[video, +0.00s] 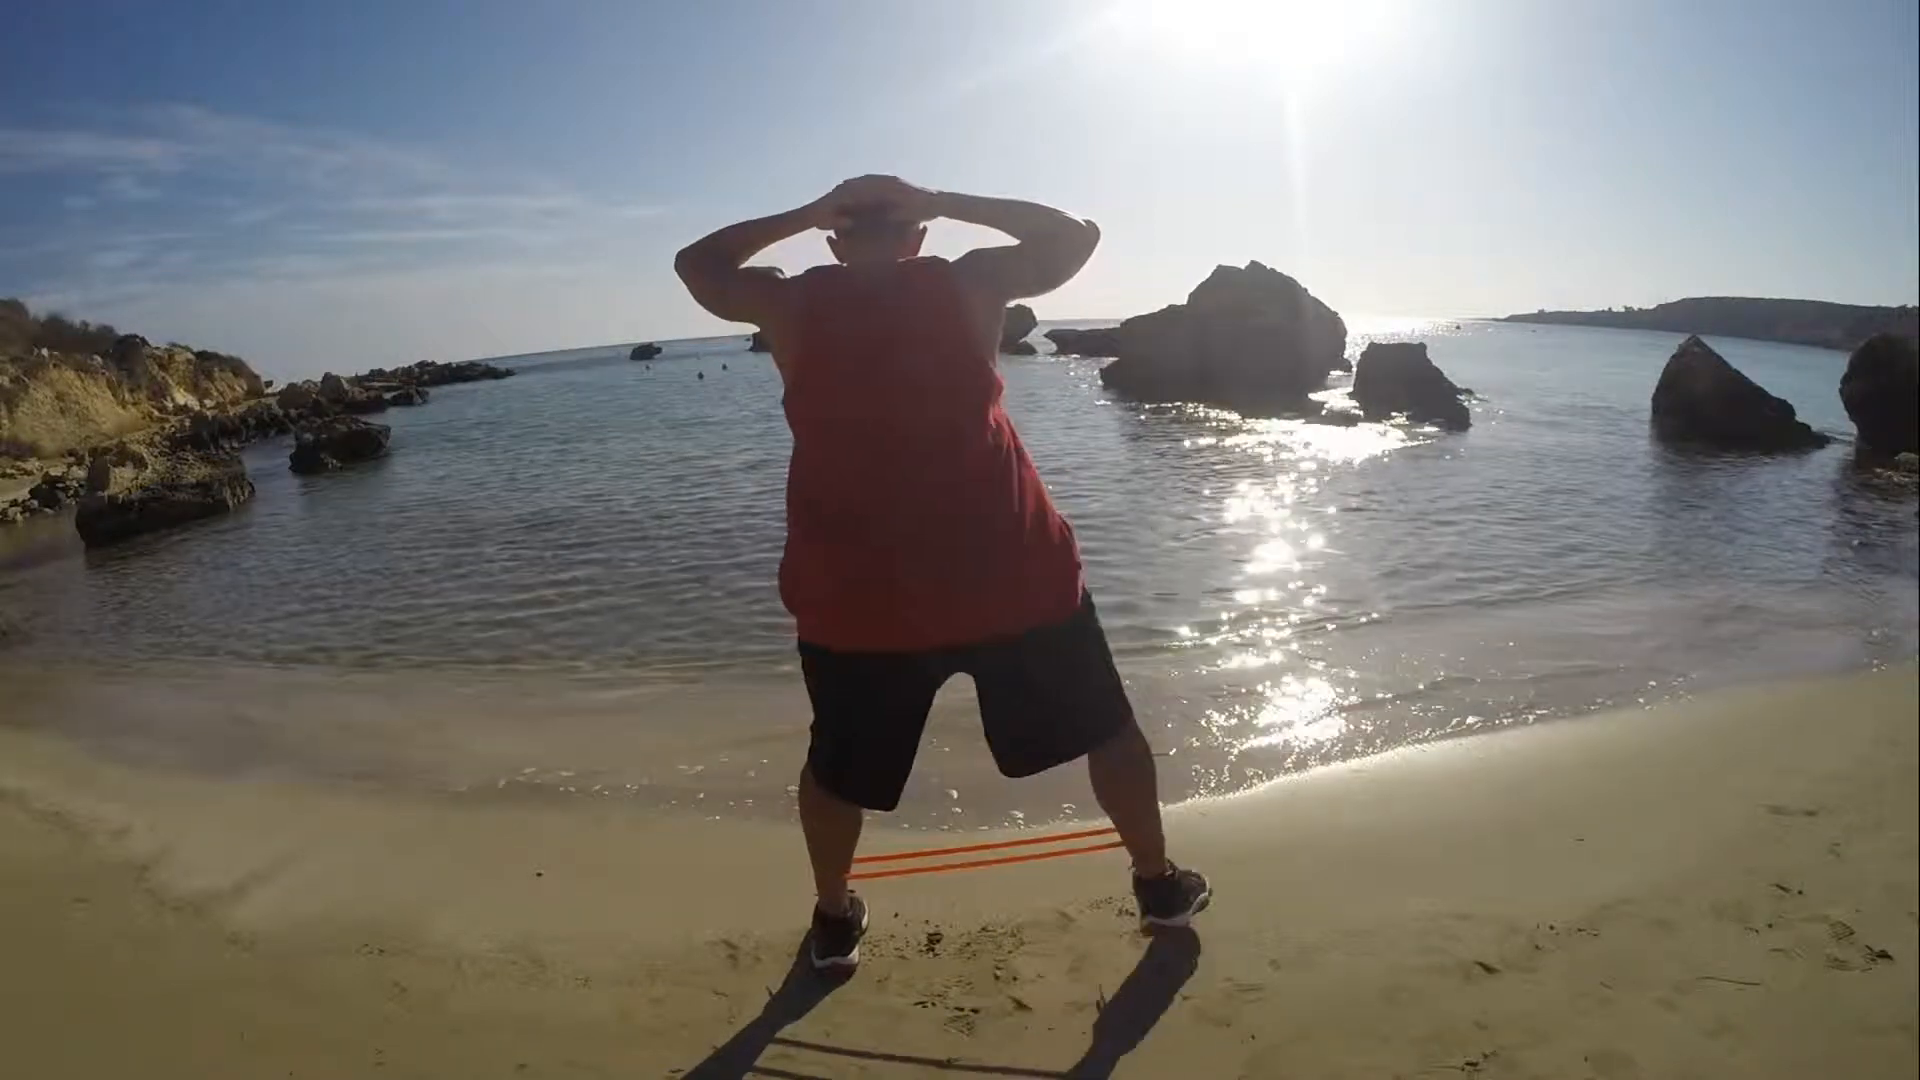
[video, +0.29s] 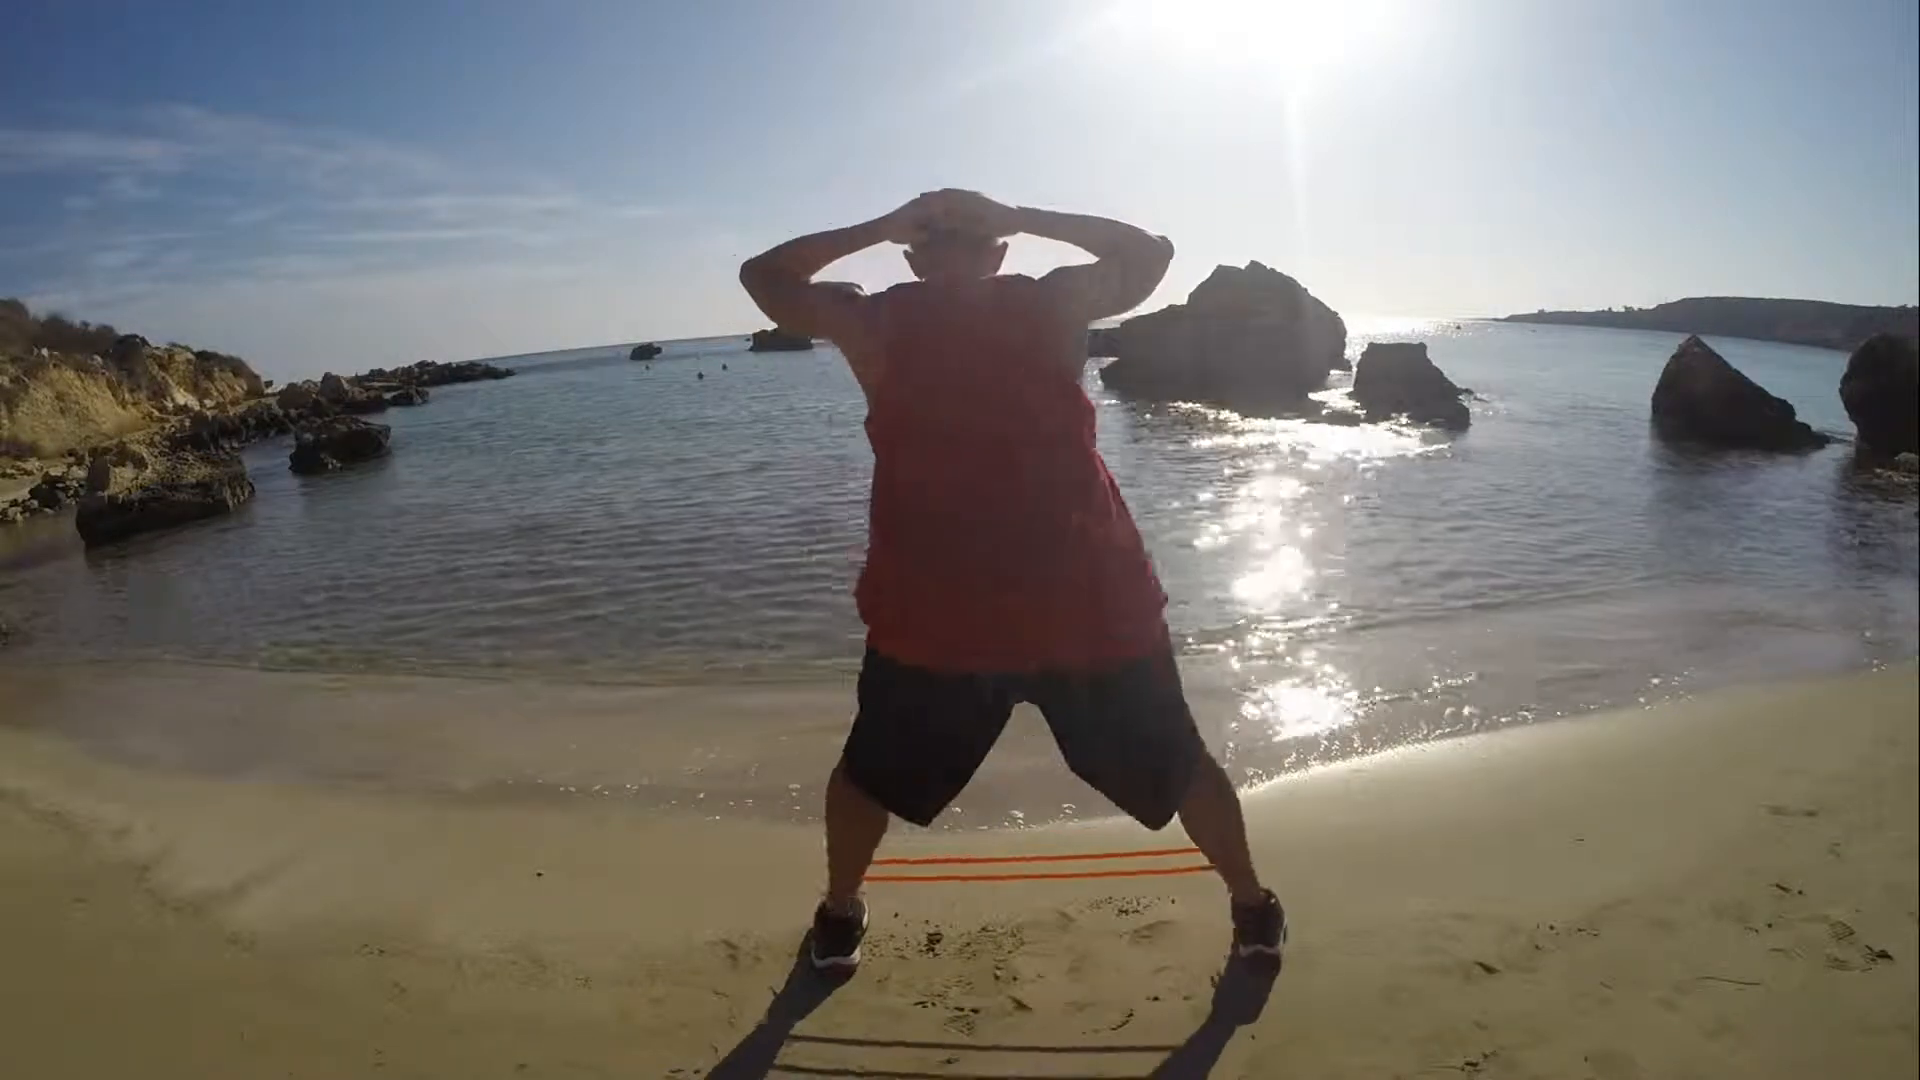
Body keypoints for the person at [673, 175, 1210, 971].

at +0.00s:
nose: (866, 222)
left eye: (857, 214)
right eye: (884, 210)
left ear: (831, 237)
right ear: (918, 233)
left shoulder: (789, 303)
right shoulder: (968, 286)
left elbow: (698, 265)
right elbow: (1072, 236)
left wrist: (807, 214)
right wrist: (939, 201)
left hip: (855, 576)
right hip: (1003, 557)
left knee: (839, 760)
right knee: (1107, 727)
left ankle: (832, 917)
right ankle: (1156, 881)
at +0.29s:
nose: (929, 247)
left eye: (930, 234)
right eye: (934, 232)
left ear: (913, 250)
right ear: (998, 247)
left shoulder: (873, 322)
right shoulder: (1052, 304)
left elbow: (764, 278)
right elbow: (1147, 251)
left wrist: (881, 228)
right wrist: (1019, 217)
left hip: (934, 596)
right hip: (1083, 590)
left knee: (868, 771)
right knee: (1179, 764)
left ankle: (838, 916)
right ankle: (1253, 904)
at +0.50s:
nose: (1034, 246)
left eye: (1036, 231)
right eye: (1037, 229)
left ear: (1028, 240)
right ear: (1105, 235)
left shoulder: (999, 312)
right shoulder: (1167, 293)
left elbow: (866, 270)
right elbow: (1247, 243)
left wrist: (990, 221)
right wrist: (1127, 210)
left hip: (1036, 578)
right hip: (1179, 579)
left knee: (936, 743)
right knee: (1232, 748)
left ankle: (873, 896)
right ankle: (1257, 907)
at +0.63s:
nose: (1107, 230)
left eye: (1104, 216)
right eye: (1105, 215)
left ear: (1080, 228)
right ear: (1157, 221)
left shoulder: (1056, 298)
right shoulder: (1218, 281)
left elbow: (914, 250)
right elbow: (1291, 238)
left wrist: (1039, 207)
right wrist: (1183, 197)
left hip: (1085, 561)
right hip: (1225, 563)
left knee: (1002, 734)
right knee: (1251, 752)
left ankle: (992, 893)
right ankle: (1261, 904)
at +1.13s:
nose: (1144, 243)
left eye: (1137, 232)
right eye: (1161, 227)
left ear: (1120, 248)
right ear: (1203, 246)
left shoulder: (1089, 310)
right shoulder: (1259, 303)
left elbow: (960, 257)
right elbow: (1334, 263)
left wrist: (1092, 223)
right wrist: (1224, 221)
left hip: (1087, 566)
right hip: (1225, 581)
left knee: (959, 718)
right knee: (1249, 744)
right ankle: (1260, 908)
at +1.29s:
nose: (1093, 264)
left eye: (1090, 253)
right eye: (1110, 252)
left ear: (1077, 265)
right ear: (1157, 267)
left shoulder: (1034, 328)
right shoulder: (1209, 326)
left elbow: (911, 273)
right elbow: (1289, 275)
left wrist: (1042, 239)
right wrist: (1177, 237)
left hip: (1021, 594)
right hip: (1170, 606)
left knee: (875, 750)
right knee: (1230, 757)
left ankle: (784, 901)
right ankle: (1255, 904)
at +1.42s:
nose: (1050, 265)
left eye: (1044, 252)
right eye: (1052, 253)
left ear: (1001, 269)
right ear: (1083, 271)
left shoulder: (954, 337)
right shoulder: (1136, 336)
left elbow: (837, 283)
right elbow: (1233, 291)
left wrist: (968, 247)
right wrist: (1116, 246)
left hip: (959, 616)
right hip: (1110, 620)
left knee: (834, 765)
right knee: (1202, 767)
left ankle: (771, 922)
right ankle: (1249, 904)